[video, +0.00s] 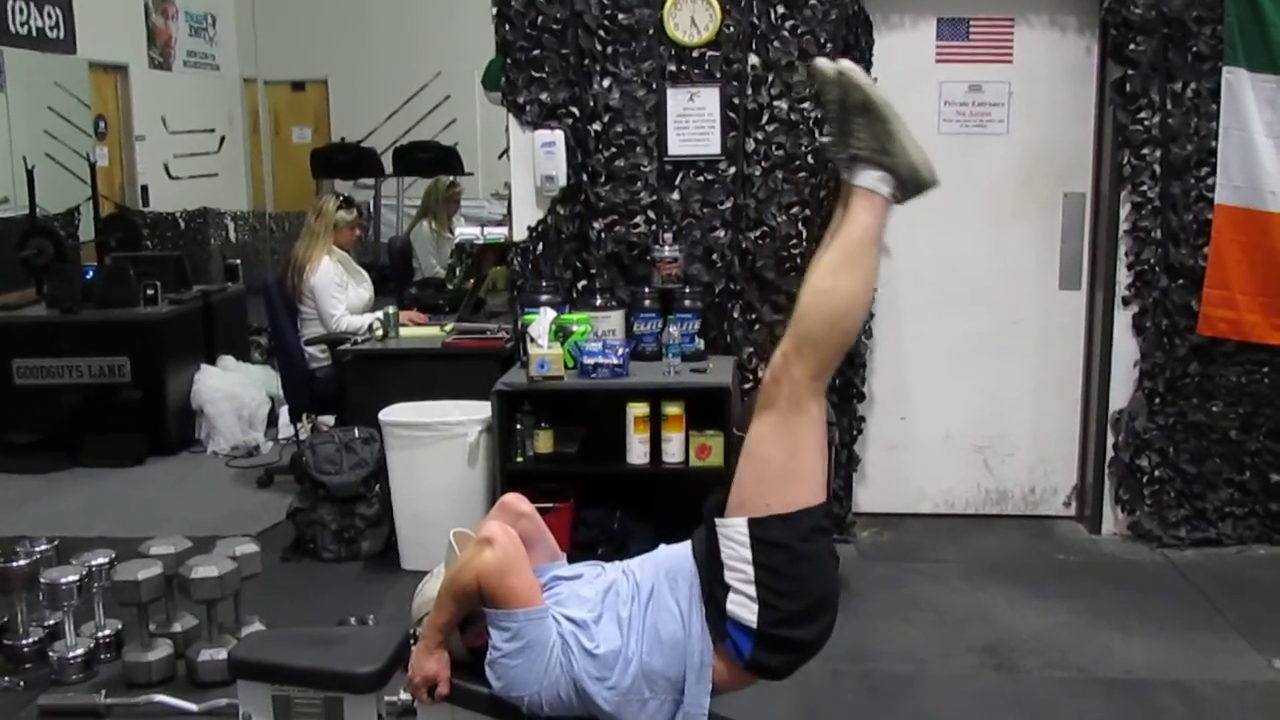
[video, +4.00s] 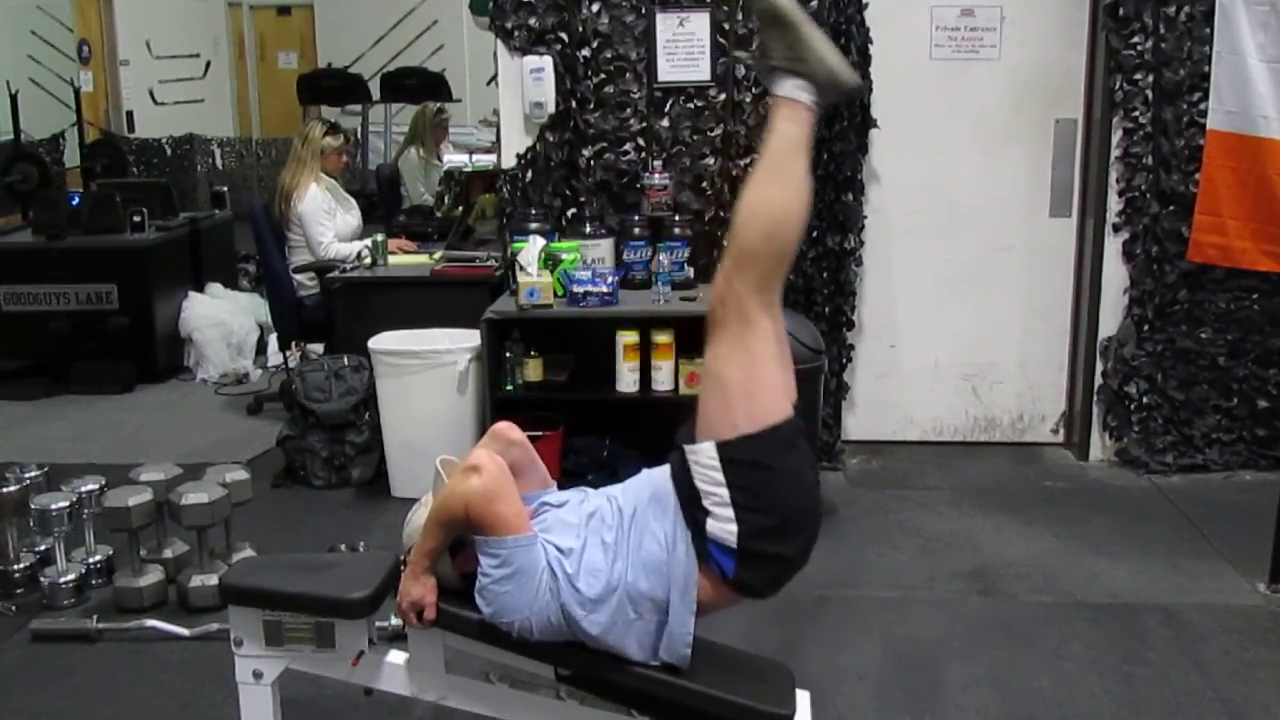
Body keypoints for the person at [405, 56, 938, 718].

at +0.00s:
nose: (488, 541)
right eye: (479, 551)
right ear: (485, 610)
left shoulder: (559, 608)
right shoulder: (525, 660)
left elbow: (517, 512)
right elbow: (489, 553)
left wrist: (465, 586)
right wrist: (434, 637)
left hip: (747, 595)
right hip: (757, 611)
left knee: (789, 382)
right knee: (793, 380)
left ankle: (871, 183)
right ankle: (873, 180)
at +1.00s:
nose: (513, 464)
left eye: (514, 458)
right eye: (497, 468)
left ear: (516, 491)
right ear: (482, 507)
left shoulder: (553, 529)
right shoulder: (517, 590)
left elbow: (504, 460)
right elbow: (474, 490)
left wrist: (452, 525)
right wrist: (427, 568)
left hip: (744, 530)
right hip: (758, 587)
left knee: (912, 408)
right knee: (919, 418)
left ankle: (1089, 287)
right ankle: (1104, 298)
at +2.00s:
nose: (471, 545)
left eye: (462, 541)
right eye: (462, 542)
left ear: (478, 540)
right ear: (472, 561)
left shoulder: (552, 516)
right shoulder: (520, 592)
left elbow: (506, 438)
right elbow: (480, 473)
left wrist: (448, 530)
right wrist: (426, 561)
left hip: (781, 557)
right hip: (766, 599)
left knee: (639, 402)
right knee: (635, 435)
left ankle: (817, 394)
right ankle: (832, 417)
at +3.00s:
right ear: (470, 573)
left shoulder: (534, 538)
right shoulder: (518, 599)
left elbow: (501, 434)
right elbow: (464, 491)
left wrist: (432, 538)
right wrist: (416, 572)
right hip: (675, 443)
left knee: (511, 261)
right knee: (500, 270)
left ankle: (410, 91)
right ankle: (392, 89)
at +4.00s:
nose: (479, 456)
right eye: (473, 470)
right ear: (470, 517)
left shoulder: (544, 531)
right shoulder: (516, 586)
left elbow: (505, 440)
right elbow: (477, 485)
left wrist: (444, 522)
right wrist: (420, 561)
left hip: (740, 512)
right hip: (738, 528)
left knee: (744, 294)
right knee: (739, 295)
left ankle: (799, 89)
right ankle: (797, 86)